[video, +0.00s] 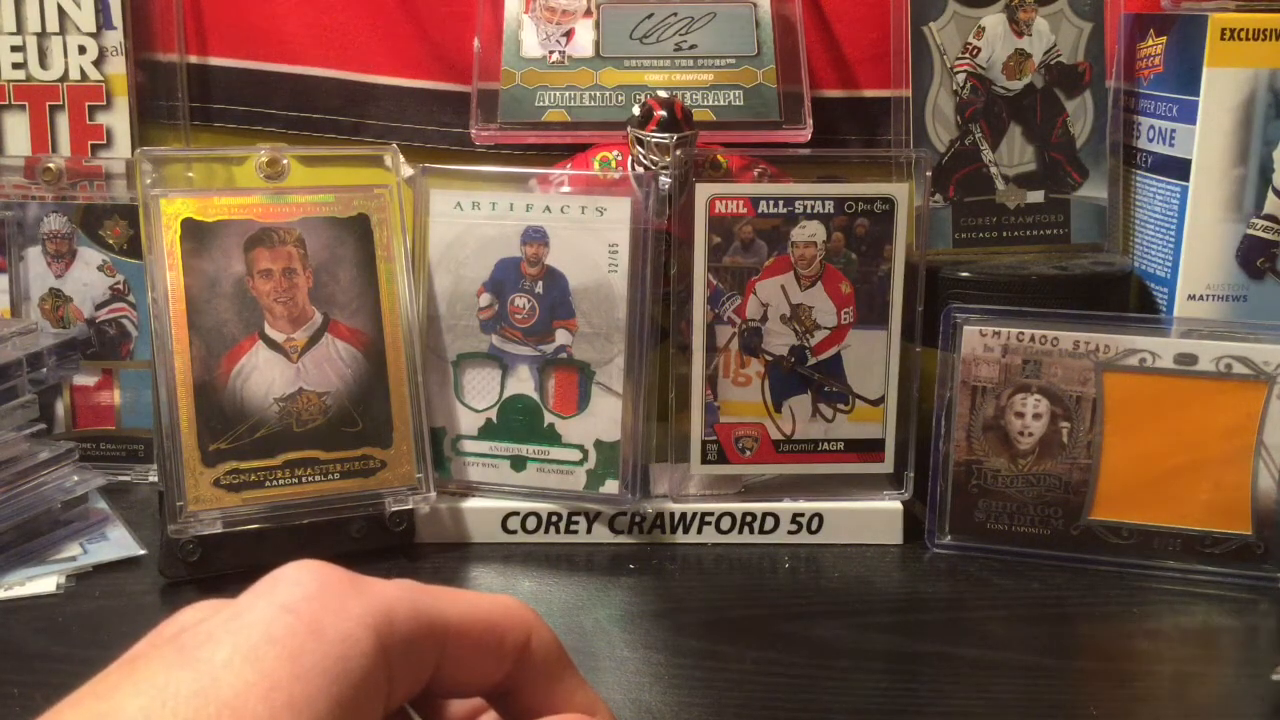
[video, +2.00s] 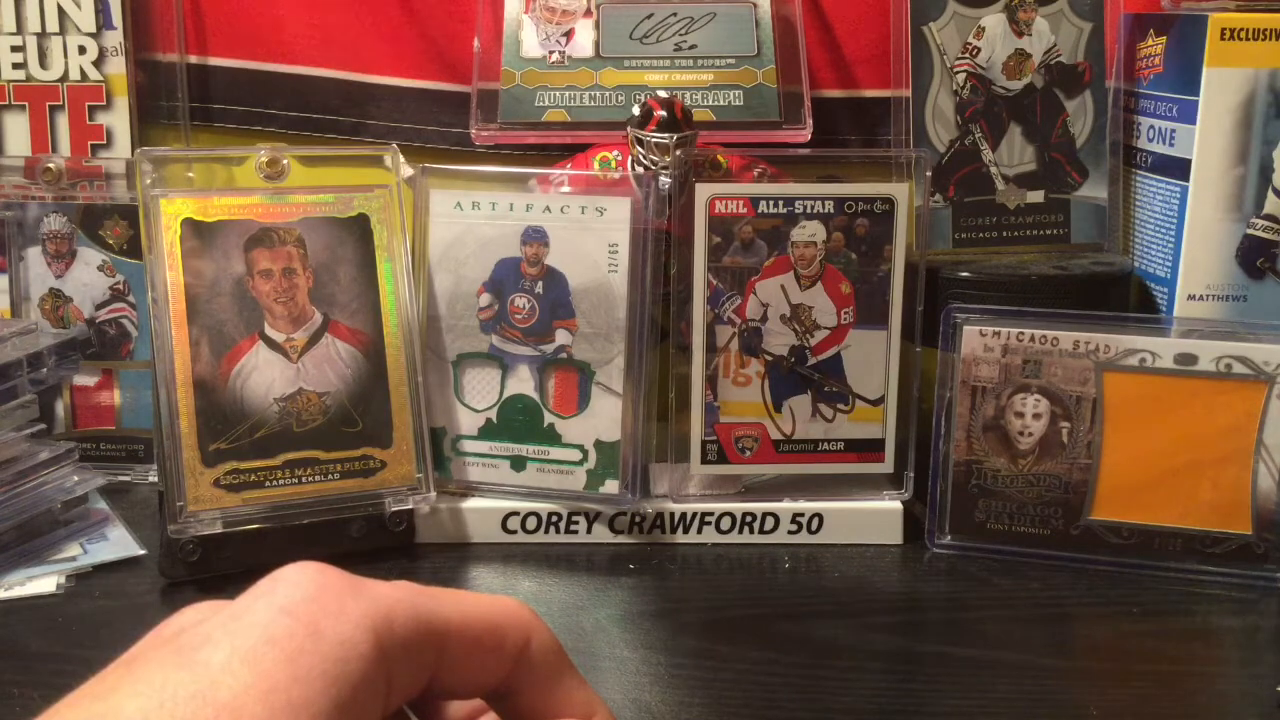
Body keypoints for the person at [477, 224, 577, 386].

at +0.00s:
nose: (534, 251)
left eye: (540, 247)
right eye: (530, 246)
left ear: (546, 250)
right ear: (522, 248)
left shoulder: (557, 280)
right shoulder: (504, 268)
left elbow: (565, 321)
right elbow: (487, 293)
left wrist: (562, 350)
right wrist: (487, 317)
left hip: (542, 353)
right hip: (503, 349)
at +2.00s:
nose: (535, 251)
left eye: (540, 247)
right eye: (530, 246)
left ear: (546, 251)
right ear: (522, 248)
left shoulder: (556, 279)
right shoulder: (505, 268)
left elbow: (565, 320)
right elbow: (487, 291)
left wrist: (562, 348)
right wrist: (486, 314)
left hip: (541, 352)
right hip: (503, 347)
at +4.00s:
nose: (534, 251)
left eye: (539, 247)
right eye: (530, 246)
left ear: (546, 250)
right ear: (522, 248)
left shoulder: (557, 280)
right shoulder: (504, 268)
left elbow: (565, 322)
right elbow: (487, 293)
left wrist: (562, 353)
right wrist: (487, 319)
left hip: (541, 353)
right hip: (503, 349)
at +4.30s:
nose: (534, 251)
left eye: (539, 247)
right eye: (530, 246)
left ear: (547, 250)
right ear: (522, 248)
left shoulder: (557, 280)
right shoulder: (504, 267)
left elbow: (565, 322)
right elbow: (487, 292)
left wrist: (561, 352)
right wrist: (487, 318)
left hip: (542, 351)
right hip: (503, 347)